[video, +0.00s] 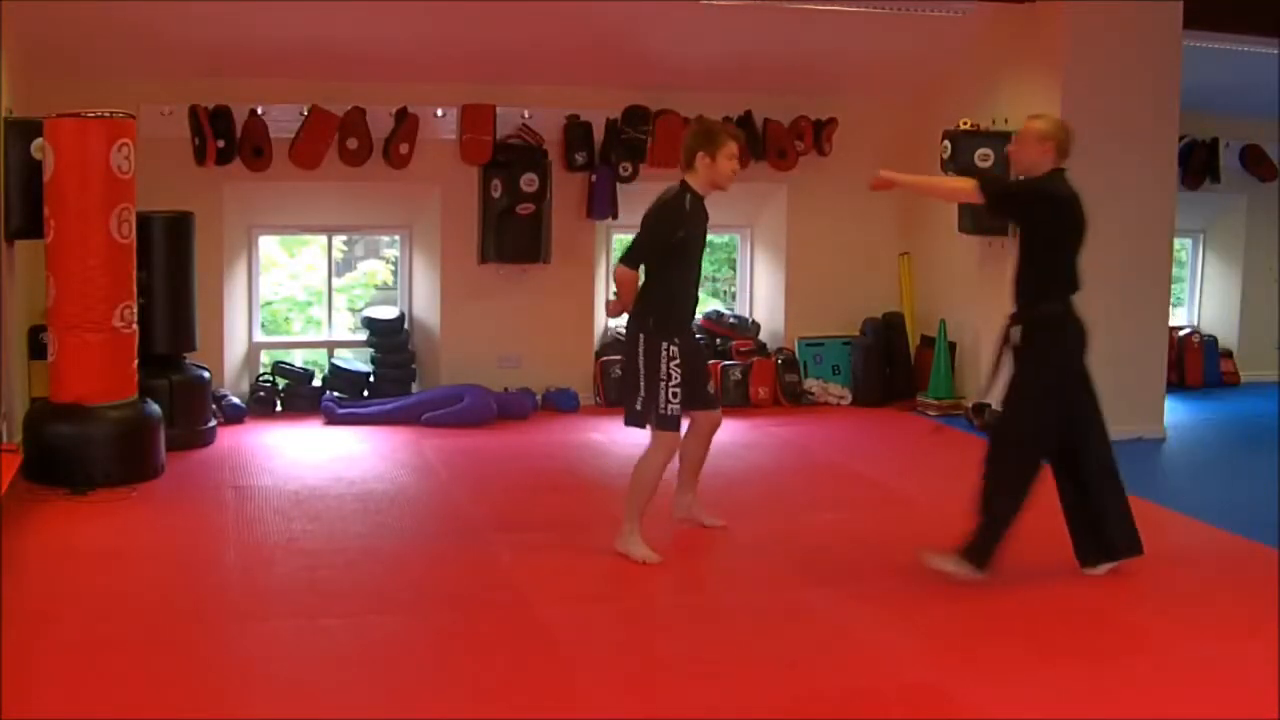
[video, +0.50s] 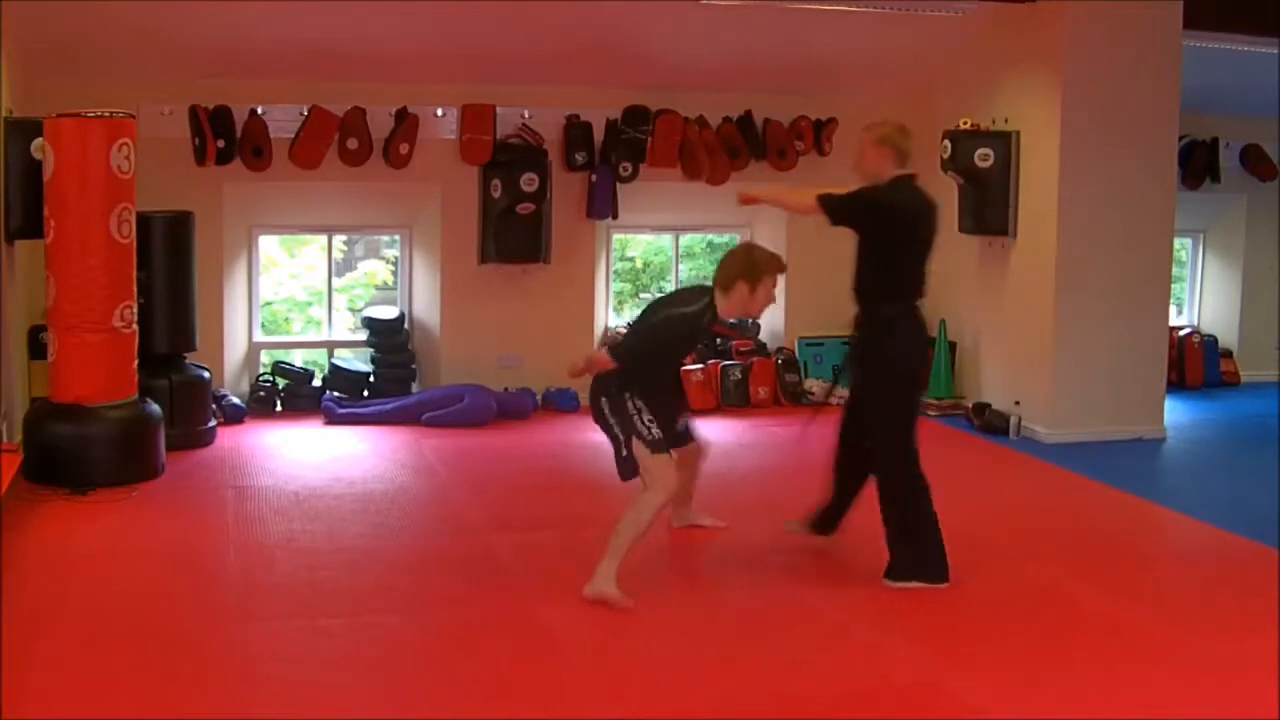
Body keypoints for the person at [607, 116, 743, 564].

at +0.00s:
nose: (738, 168)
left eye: (739, 160)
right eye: (732, 159)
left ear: (707, 161)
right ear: (703, 158)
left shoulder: (697, 206)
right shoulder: (672, 204)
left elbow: (666, 266)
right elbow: (625, 268)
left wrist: (631, 298)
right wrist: (626, 301)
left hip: (680, 333)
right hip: (656, 334)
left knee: (708, 417)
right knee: (666, 438)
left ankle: (685, 504)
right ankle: (629, 532)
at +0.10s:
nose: (748, 194)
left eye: (749, 186)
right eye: (745, 185)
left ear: (721, 183)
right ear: (719, 182)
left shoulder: (703, 226)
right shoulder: (681, 226)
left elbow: (662, 285)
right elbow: (636, 289)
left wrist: (628, 317)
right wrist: (623, 321)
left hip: (679, 345)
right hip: (654, 347)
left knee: (713, 427)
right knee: (682, 446)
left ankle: (685, 509)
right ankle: (628, 526)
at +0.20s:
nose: (767, 231)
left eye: (768, 223)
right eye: (763, 221)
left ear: (737, 221)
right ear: (737, 219)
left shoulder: (708, 256)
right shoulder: (695, 257)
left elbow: (659, 304)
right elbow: (639, 308)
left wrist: (620, 335)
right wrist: (616, 338)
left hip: (669, 358)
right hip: (648, 360)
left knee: (722, 431)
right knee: (688, 456)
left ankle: (686, 510)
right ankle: (616, 537)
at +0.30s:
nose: (777, 267)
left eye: (778, 259)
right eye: (774, 257)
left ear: (745, 254)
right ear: (749, 254)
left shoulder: (715, 283)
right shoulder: (700, 285)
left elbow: (660, 322)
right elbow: (636, 327)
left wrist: (613, 341)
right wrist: (604, 351)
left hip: (662, 370)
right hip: (640, 371)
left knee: (720, 429)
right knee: (675, 467)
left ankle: (684, 508)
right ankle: (607, 553)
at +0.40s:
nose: (780, 295)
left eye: (781, 286)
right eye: (777, 285)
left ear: (748, 282)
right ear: (751, 283)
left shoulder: (712, 303)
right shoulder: (697, 311)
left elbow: (654, 332)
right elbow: (624, 345)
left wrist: (606, 353)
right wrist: (594, 365)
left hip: (659, 381)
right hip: (628, 385)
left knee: (713, 435)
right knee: (663, 476)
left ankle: (682, 509)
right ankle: (605, 574)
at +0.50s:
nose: (774, 297)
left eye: (774, 288)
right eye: (770, 287)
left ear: (739, 285)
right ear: (743, 286)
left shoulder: (704, 302)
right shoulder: (681, 321)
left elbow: (653, 328)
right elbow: (617, 355)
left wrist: (617, 348)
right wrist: (587, 365)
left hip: (653, 382)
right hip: (619, 388)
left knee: (690, 452)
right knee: (662, 481)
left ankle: (683, 512)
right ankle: (603, 578)